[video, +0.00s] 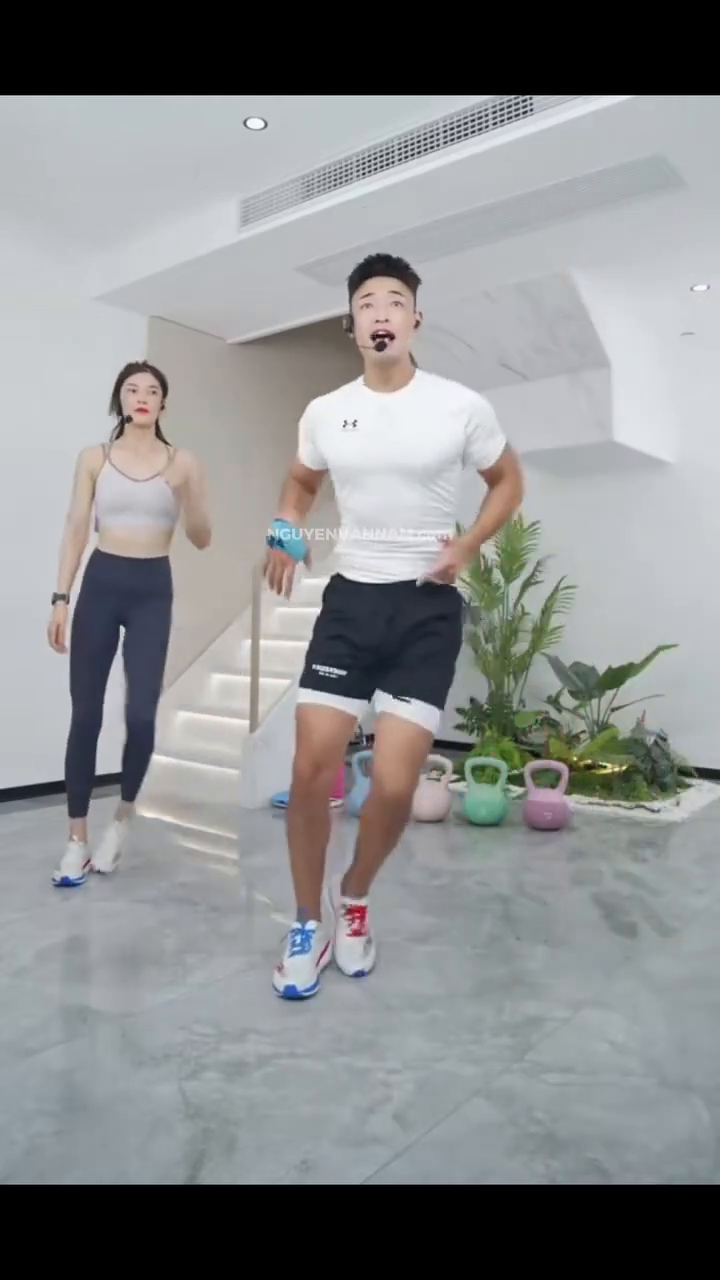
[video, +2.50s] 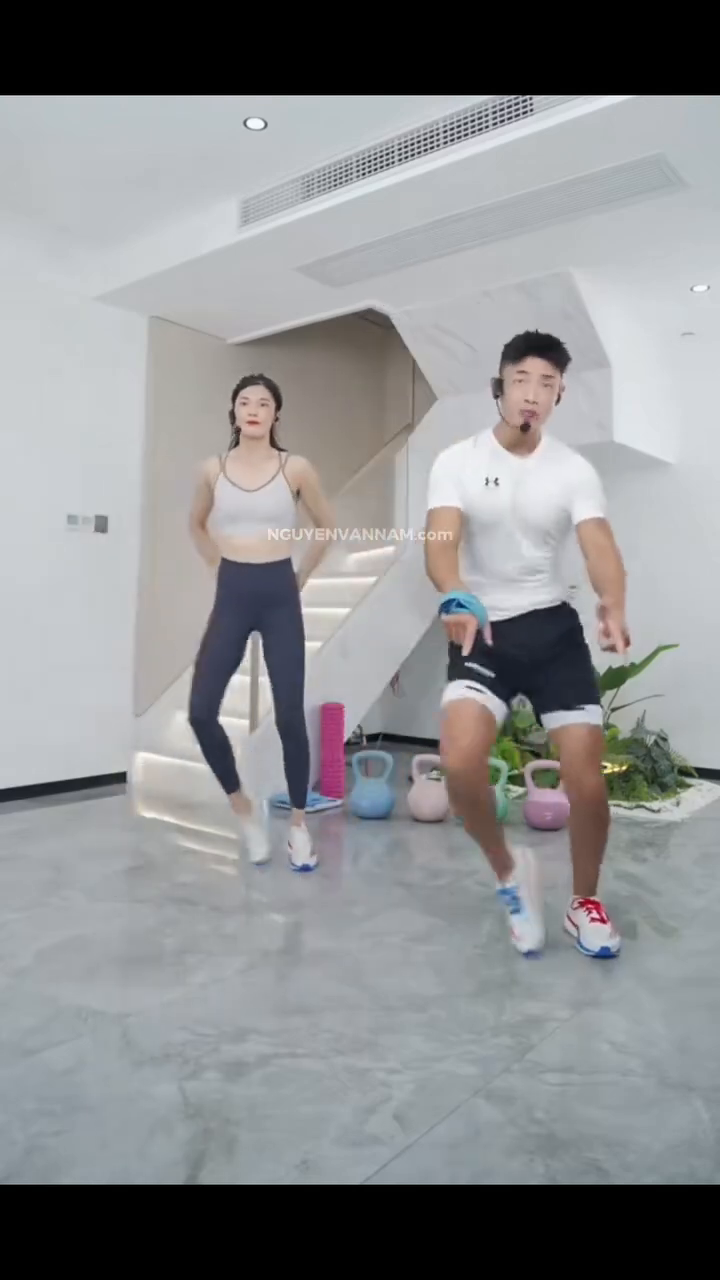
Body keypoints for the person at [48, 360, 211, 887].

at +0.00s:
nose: (142, 397)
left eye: (151, 391)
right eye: (133, 390)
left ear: (163, 402)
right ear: (119, 400)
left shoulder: (182, 462)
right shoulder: (95, 457)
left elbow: (201, 539)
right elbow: (77, 529)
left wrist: (189, 490)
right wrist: (62, 599)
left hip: (152, 589)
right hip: (98, 585)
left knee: (140, 716)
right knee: (86, 715)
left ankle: (122, 819)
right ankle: (78, 836)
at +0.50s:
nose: (201, 406)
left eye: (210, 399)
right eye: (192, 400)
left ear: (223, 410)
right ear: (180, 411)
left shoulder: (247, 463)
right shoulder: (165, 473)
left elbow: (282, 524)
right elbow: (154, 550)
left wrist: (239, 497)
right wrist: (142, 617)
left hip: (245, 598)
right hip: (191, 600)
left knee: (257, 716)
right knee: (147, 712)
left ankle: (272, 830)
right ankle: (103, 825)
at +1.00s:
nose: (226, 404)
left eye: (235, 397)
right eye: (218, 397)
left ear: (249, 407)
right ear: (205, 405)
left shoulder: (269, 462)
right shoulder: (187, 465)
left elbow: (292, 532)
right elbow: (183, 540)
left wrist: (268, 569)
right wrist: (171, 603)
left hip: (254, 593)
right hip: (202, 593)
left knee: (263, 715)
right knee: (157, 709)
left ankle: (272, 829)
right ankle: (158, 814)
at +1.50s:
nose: (179, 405)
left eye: (188, 398)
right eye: (170, 396)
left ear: (202, 406)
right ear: (157, 404)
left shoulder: (218, 467)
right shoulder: (133, 459)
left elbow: (226, 544)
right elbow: (106, 529)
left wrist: (236, 610)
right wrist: (79, 591)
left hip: (188, 594)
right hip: (135, 590)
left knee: (156, 713)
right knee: (121, 714)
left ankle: (155, 813)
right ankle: (108, 835)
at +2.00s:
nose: (219, 410)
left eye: (227, 403)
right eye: (210, 403)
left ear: (239, 412)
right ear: (196, 411)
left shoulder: (260, 470)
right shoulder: (177, 467)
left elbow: (280, 536)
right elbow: (163, 538)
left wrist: (283, 599)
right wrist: (155, 606)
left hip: (245, 597)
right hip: (189, 596)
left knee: (266, 715)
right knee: (155, 719)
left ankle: (296, 825)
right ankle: (113, 833)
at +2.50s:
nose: (253, 410)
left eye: (262, 403)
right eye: (245, 403)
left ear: (276, 414)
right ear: (233, 413)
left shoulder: (295, 469)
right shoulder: (215, 470)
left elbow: (328, 528)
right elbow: (196, 524)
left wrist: (299, 577)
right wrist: (221, 566)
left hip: (280, 593)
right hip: (232, 594)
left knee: (290, 716)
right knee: (201, 713)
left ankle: (298, 823)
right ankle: (243, 811)